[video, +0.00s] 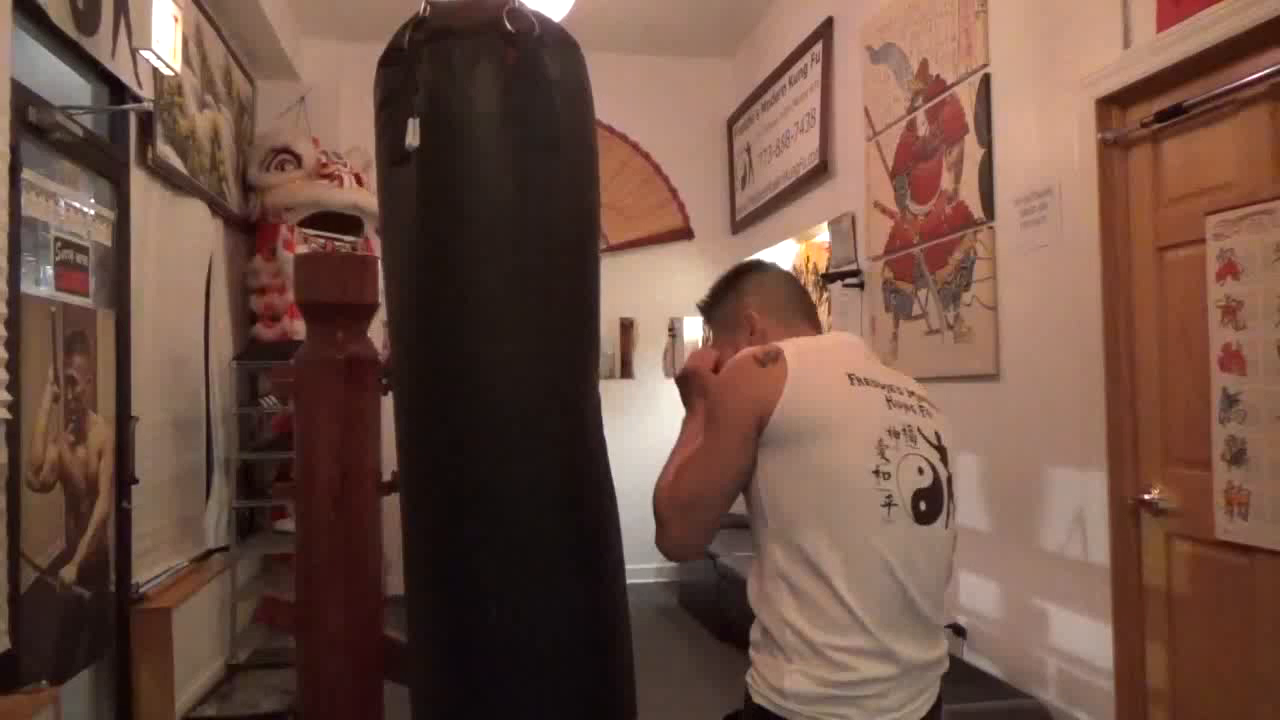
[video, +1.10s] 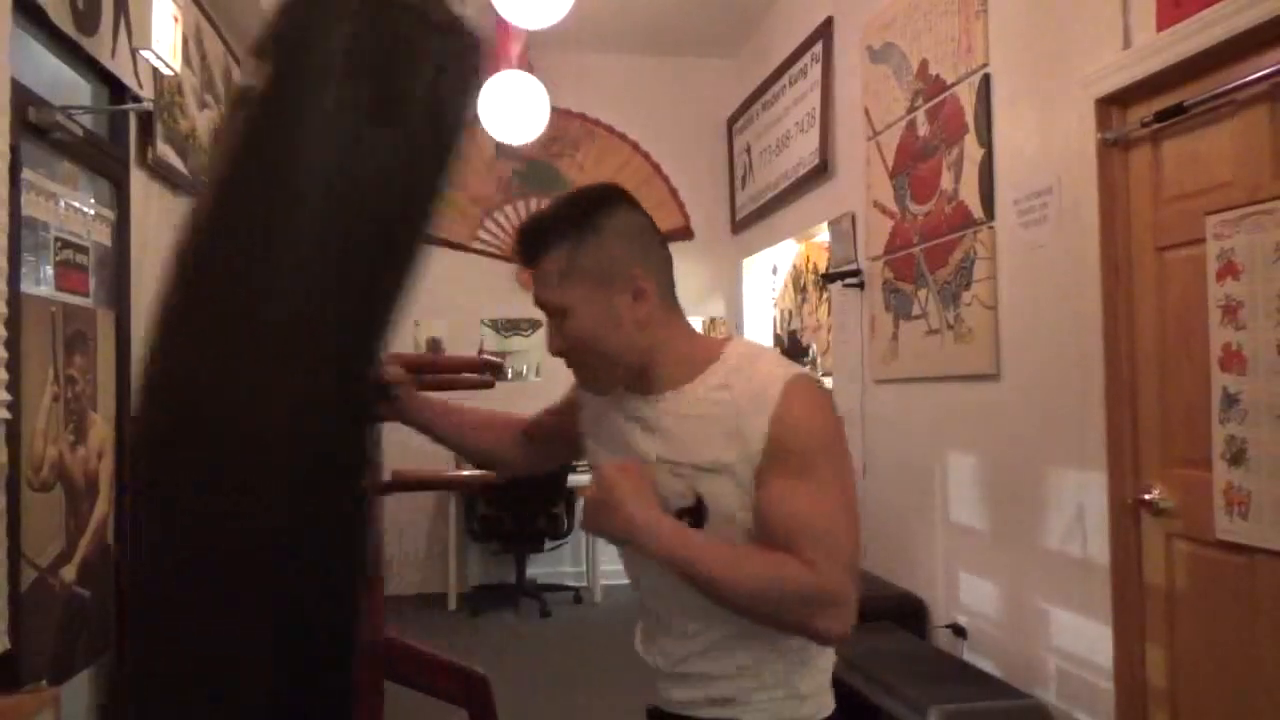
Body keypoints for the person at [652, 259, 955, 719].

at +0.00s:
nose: (720, 363)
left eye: (722, 348)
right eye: (719, 352)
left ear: (753, 328)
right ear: (810, 320)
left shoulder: (760, 374)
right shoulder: (903, 386)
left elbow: (678, 538)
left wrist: (697, 411)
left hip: (809, 703)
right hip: (919, 698)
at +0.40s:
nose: (712, 371)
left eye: (716, 357)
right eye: (711, 360)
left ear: (752, 336)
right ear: (808, 332)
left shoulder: (754, 379)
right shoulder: (903, 393)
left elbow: (668, 537)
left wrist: (690, 415)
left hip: (799, 704)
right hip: (912, 698)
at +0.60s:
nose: (651, 326)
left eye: (652, 298)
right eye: (649, 303)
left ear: (698, 276)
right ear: (701, 278)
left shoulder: (820, 371)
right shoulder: (741, 383)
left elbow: (770, 561)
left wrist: (659, 454)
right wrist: (688, 432)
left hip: (819, 701)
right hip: (748, 690)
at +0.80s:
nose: (626, 346)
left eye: (633, 324)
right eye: (625, 326)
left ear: (690, 316)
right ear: (693, 315)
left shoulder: (732, 366)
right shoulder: (793, 371)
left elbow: (719, 514)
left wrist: (576, 462)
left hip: (759, 700)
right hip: (836, 684)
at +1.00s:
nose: (568, 345)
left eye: (571, 316)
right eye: (565, 319)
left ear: (634, 305)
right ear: (637, 307)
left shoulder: (720, 392)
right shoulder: (690, 393)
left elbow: (746, 596)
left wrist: (587, 540)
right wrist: (633, 457)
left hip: (779, 702)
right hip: (738, 696)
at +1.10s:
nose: (551, 341)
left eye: (559, 315)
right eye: (547, 319)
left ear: (637, 299)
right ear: (635, 302)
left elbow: (829, 606)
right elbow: (528, 447)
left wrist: (649, 527)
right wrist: (410, 405)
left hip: (775, 707)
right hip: (671, 702)